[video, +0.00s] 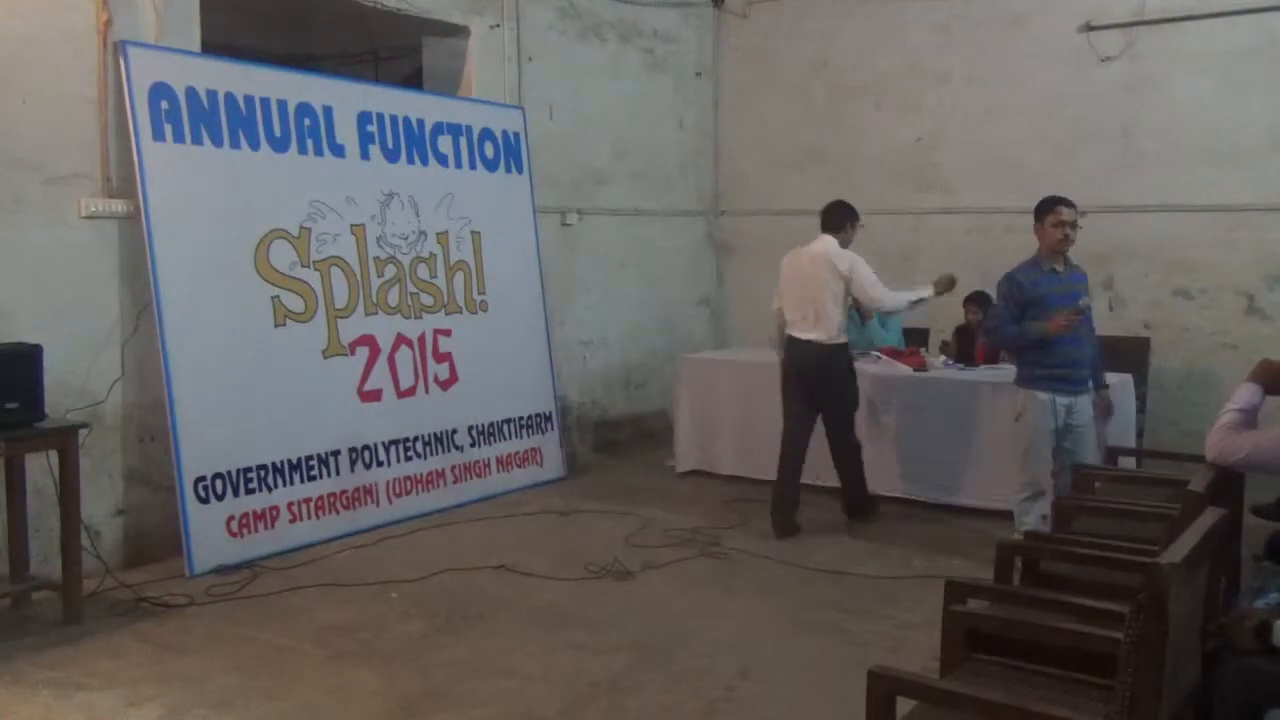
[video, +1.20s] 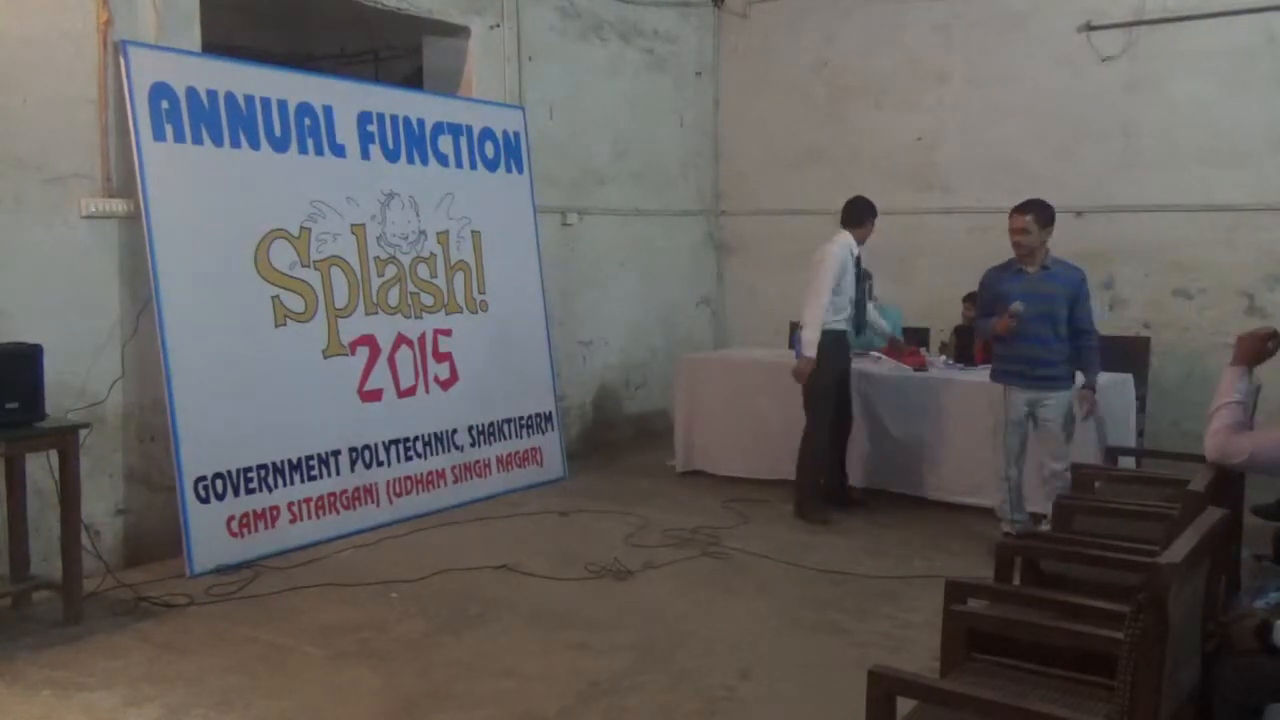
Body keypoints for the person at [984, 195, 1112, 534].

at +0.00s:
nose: (1067, 233)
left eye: (1073, 226)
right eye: (1059, 225)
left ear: (1078, 231)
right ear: (1038, 229)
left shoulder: (1077, 276)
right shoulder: (1016, 281)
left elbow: (1089, 334)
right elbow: (996, 334)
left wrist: (1100, 387)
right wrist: (1045, 328)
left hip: (1079, 394)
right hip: (1038, 394)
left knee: (1084, 476)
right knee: (1036, 480)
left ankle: (1079, 548)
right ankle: (1032, 550)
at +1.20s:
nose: (1015, 239)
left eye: (1023, 232)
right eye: (1012, 232)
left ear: (1046, 233)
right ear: (1008, 232)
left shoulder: (1071, 278)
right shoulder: (995, 278)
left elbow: (1085, 333)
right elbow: (979, 324)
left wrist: (1090, 381)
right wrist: (995, 325)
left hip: (1056, 386)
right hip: (1012, 385)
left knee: (1053, 459)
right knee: (1010, 457)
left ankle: (1051, 522)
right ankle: (1013, 521)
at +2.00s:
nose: (1020, 240)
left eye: (1023, 233)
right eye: (1020, 232)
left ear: (1040, 233)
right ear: (1046, 233)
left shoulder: (1075, 280)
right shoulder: (1034, 274)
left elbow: (1070, 346)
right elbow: (1033, 326)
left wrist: (1032, 382)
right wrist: (1007, 311)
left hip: (1057, 388)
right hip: (1023, 382)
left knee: (1059, 466)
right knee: (1016, 461)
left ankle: (1065, 534)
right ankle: (1014, 528)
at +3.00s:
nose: (1002, 241)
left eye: (1003, 234)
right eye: (1002, 233)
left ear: (1015, 234)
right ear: (1035, 233)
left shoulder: (1025, 273)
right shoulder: (1050, 270)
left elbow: (1014, 332)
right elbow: (1053, 322)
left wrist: (1004, 382)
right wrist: (1036, 351)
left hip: (1026, 373)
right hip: (1039, 370)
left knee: (1023, 446)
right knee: (1021, 445)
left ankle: (1038, 514)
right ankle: (1017, 511)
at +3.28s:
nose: (993, 239)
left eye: (994, 232)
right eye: (993, 232)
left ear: (1005, 233)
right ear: (1025, 232)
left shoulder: (1009, 273)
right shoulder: (1045, 272)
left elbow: (998, 330)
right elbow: (1053, 322)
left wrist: (973, 364)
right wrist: (1022, 337)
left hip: (1009, 375)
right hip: (1034, 374)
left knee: (994, 444)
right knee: (1024, 446)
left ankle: (1002, 514)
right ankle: (1020, 513)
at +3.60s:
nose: (976, 240)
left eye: (977, 234)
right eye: (977, 233)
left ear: (985, 236)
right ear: (1010, 233)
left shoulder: (986, 274)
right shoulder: (1033, 274)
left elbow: (967, 324)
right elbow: (1046, 322)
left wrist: (940, 331)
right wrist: (1025, 350)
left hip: (990, 377)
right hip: (1021, 374)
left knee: (969, 444)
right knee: (1017, 451)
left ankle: (946, 507)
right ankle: (1017, 516)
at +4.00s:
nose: (940, 240)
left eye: (940, 235)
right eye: (941, 234)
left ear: (945, 237)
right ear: (973, 233)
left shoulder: (944, 277)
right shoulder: (995, 273)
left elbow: (923, 329)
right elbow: (1008, 323)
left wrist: (894, 314)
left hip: (950, 374)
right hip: (979, 370)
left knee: (945, 443)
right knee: (980, 437)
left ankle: (939, 508)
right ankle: (1008, 505)